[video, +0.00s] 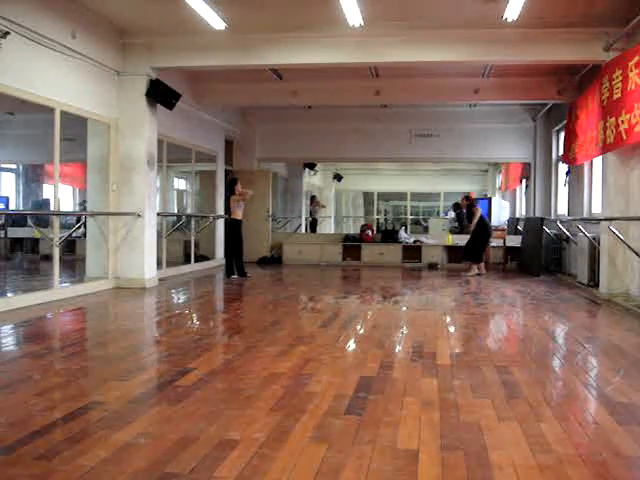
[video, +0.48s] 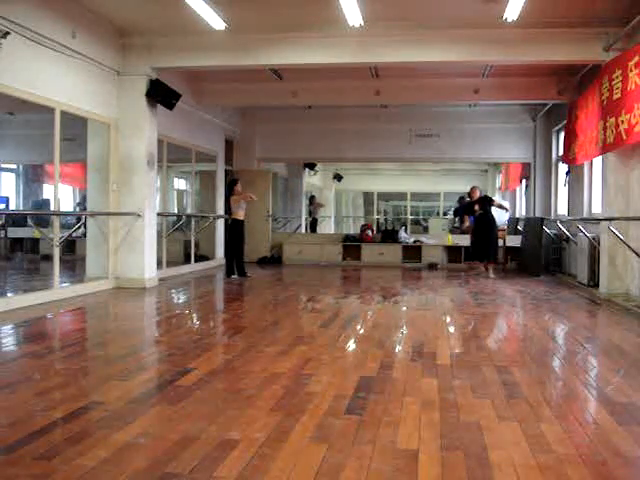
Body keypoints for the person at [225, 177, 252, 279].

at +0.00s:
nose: (240, 187)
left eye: (239, 185)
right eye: (238, 185)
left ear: (237, 187)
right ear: (234, 187)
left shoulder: (239, 197)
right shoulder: (233, 198)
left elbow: (249, 193)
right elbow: (246, 197)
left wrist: (242, 192)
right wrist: (242, 192)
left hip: (238, 221)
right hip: (232, 221)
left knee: (238, 247)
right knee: (231, 248)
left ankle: (241, 271)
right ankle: (230, 272)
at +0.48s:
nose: (240, 187)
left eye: (240, 185)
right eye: (238, 185)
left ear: (238, 187)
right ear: (234, 187)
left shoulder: (241, 197)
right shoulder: (233, 198)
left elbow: (253, 198)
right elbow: (241, 197)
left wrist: (249, 196)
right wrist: (247, 196)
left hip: (240, 221)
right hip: (234, 221)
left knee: (239, 248)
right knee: (232, 248)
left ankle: (241, 271)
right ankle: (230, 272)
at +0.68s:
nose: (242, 186)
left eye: (242, 184)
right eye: (240, 184)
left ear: (241, 187)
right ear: (236, 187)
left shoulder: (242, 198)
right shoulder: (235, 198)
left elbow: (244, 211)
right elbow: (233, 210)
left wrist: (250, 207)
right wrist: (244, 206)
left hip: (241, 221)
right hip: (235, 221)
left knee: (240, 247)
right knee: (233, 247)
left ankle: (241, 271)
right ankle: (230, 271)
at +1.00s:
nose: (245, 187)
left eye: (245, 185)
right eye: (243, 185)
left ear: (243, 187)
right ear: (238, 187)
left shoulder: (245, 198)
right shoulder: (233, 197)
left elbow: (245, 207)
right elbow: (220, 204)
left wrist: (246, 212)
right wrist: (229, 211)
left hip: (241, 221)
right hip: (233, 220)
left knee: (241, 247)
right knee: (230, 246)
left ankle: (241, 271)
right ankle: (226, 270)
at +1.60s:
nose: (232, 187)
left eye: (232, 185)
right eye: (230, 185)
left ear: (233, 187)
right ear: (225, 187)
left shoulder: (234, 196)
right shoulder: (220, 197)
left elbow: (238, 206)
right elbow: (208, 201)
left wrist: (238, 206)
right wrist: (214, 208)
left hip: (232, 220)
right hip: (222, 220)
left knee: (235, 247)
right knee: (222, 247)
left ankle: (238, 271)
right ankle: (222, 271)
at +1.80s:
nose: (231, 189)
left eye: (232, 187)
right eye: (229, 187)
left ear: (232, 188)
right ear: (224, 188)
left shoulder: (233, 197)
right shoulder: (219, 197)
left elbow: (237, 205)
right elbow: (206, 200)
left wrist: (235, 208)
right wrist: (214, 210)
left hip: (231, 220)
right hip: (222, 220)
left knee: (235, 247)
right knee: (222, 247)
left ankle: (239, 271)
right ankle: (222, 271)